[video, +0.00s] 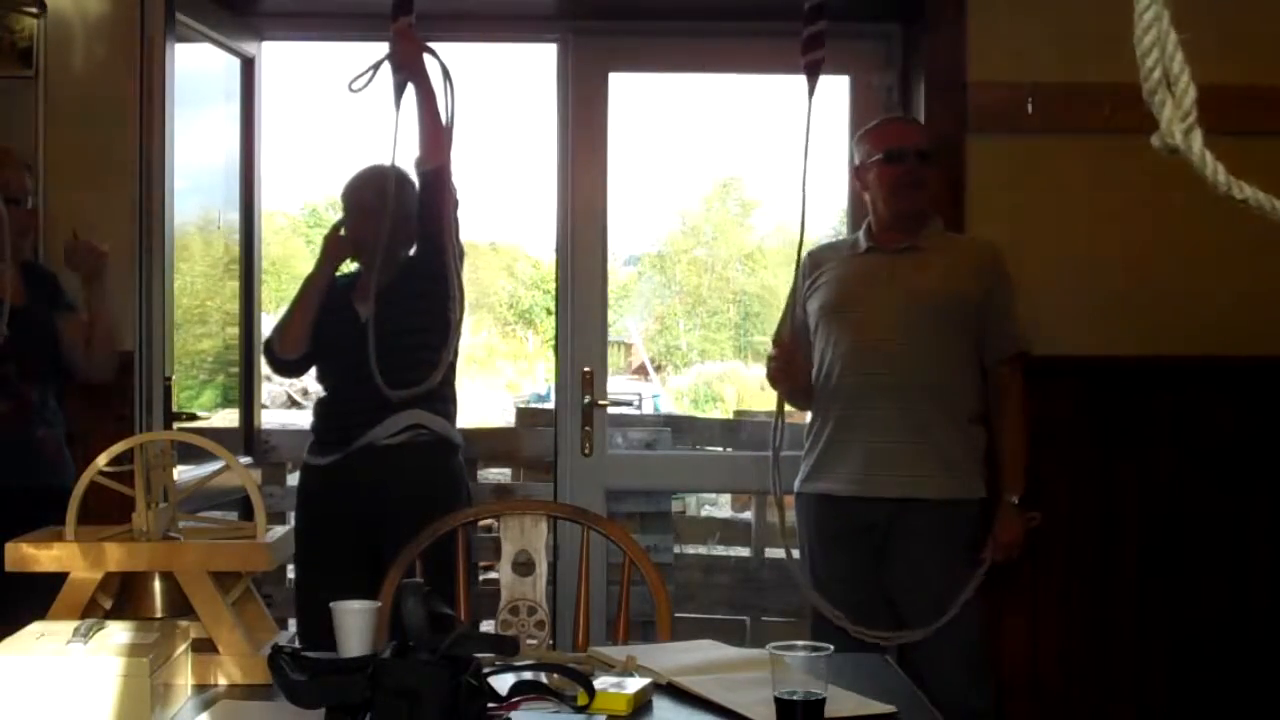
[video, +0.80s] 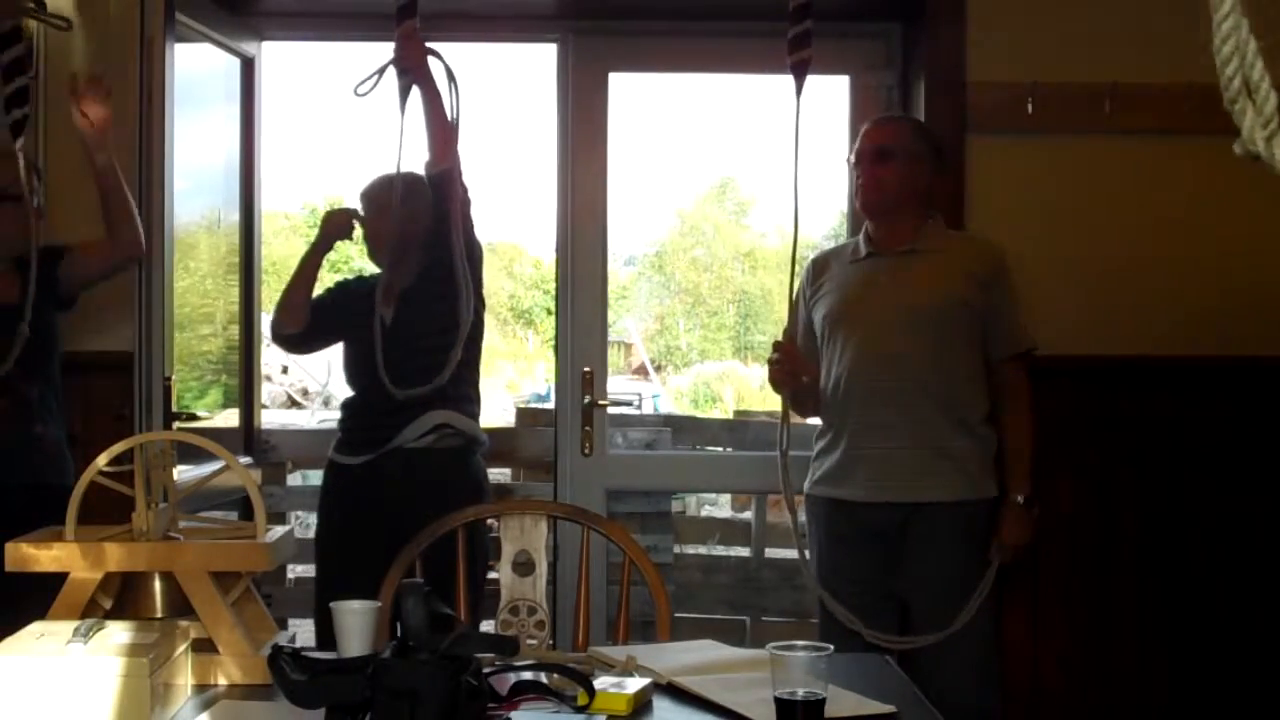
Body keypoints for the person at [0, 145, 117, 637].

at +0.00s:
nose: (23, 213)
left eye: (25, 199)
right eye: (12, 200)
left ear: (34, 207)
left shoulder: (39, 282)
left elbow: (96, 368)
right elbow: (96, 366)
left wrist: (96, 283)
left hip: (41, 467)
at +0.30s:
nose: (23, 205)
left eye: (25, 193)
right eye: (11, 193)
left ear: (30, 201)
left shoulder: (35, 281)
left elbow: (88, 375)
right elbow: (87, 374)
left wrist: (122, 314)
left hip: (40, 467)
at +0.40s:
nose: (26, 206)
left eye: (26, 193)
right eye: (13, 193)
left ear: (32, 201)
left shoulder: (32, 280)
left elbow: (99, 367)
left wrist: (142, 288)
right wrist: (9, 253)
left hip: (42, 476)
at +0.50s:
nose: (25, 209)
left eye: (26, 196)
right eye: (14, 196)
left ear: (29, 202)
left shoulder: (34, 280)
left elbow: (106, 354)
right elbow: (105, 353)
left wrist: (145, 267)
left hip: (40, 475)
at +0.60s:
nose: (27, 211)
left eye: (30, 199)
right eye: (17, 197)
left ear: (36, 208)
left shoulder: (33, 282)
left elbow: (120, 335)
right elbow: (121, 334)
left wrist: (136, 245)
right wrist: (136, 247)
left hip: (38, 476)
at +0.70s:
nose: (19, 211)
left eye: (27, 197)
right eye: (8, 199)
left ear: (39, 202)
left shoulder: (40, 280)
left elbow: (134, 295)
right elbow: (133, 294)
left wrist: (119, 202)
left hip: (39, 465)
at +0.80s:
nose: (26, 210)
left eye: (26, 196)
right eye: (13, 198)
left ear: (36, 204)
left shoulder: (34, 275)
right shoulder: (30, 276)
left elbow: (127, 247)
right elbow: (126, 247)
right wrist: (101, 145)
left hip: (41, 482)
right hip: (12, 483)